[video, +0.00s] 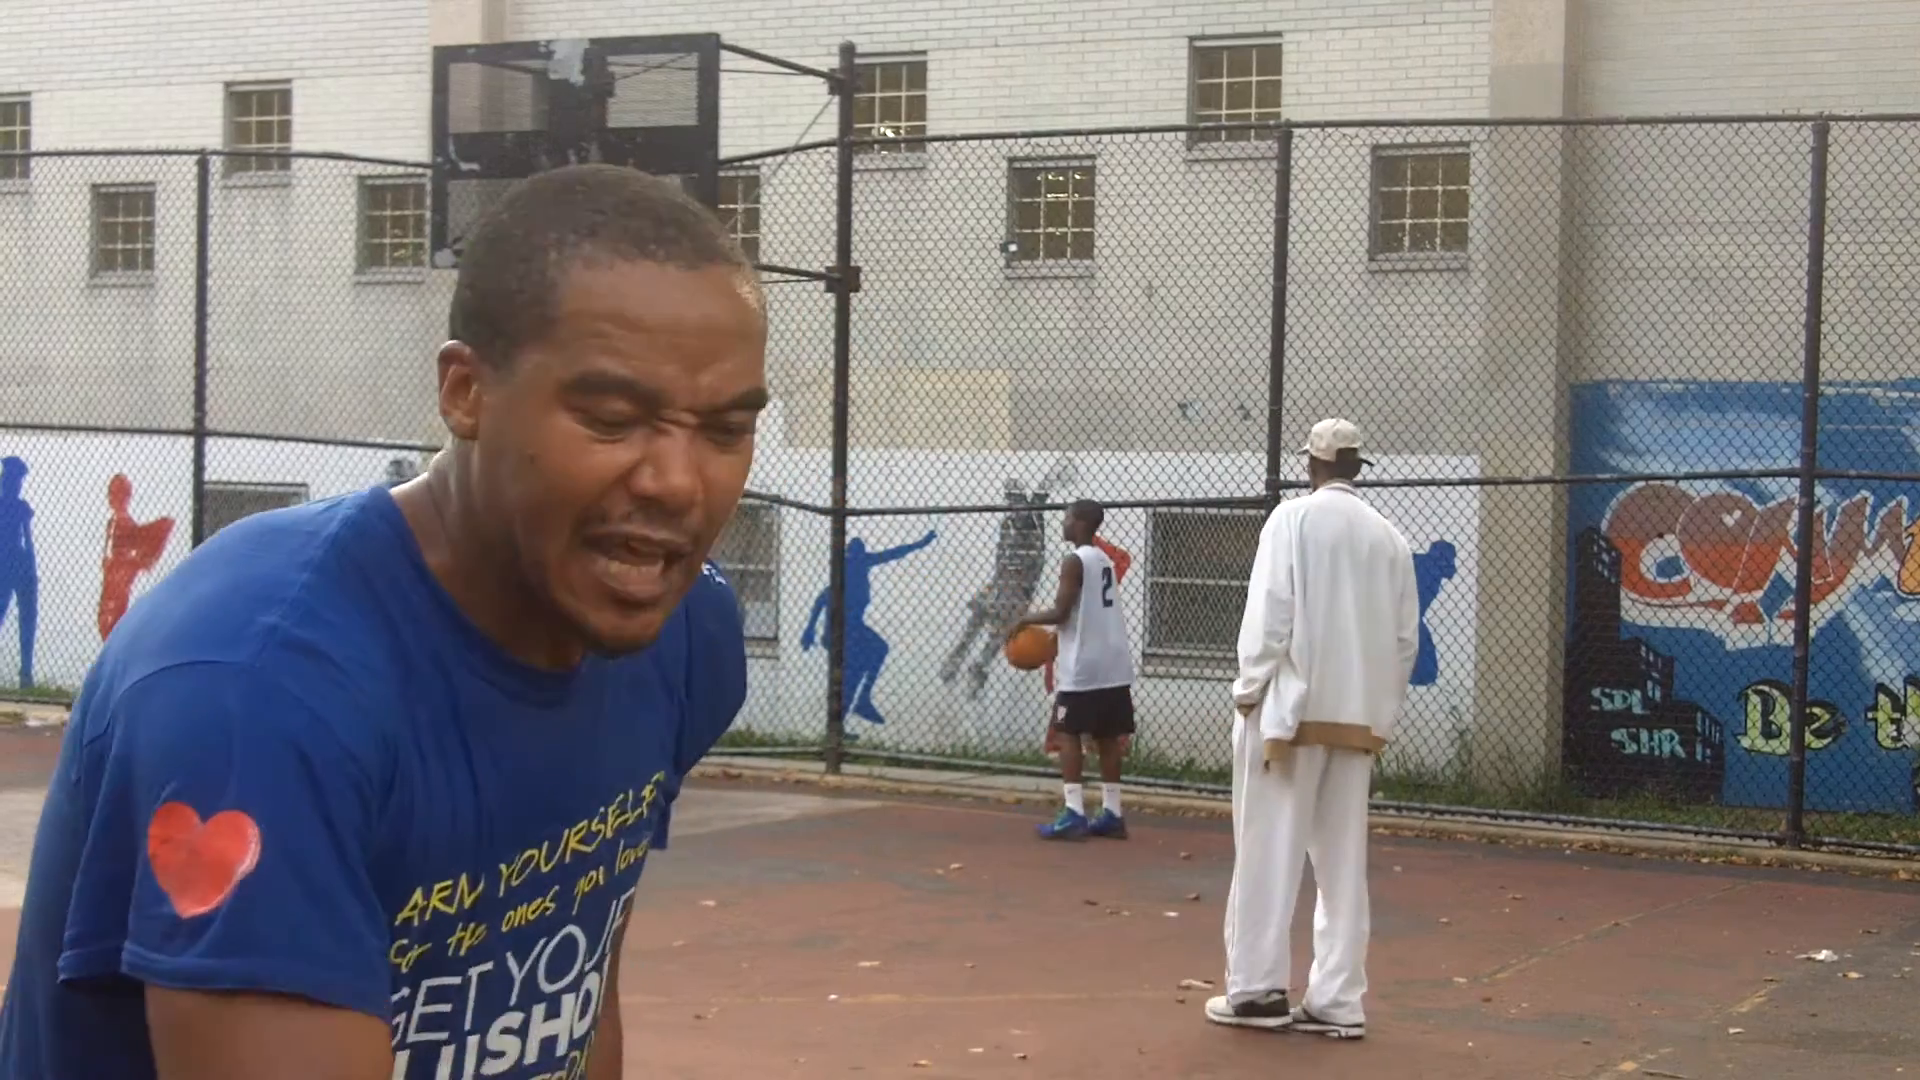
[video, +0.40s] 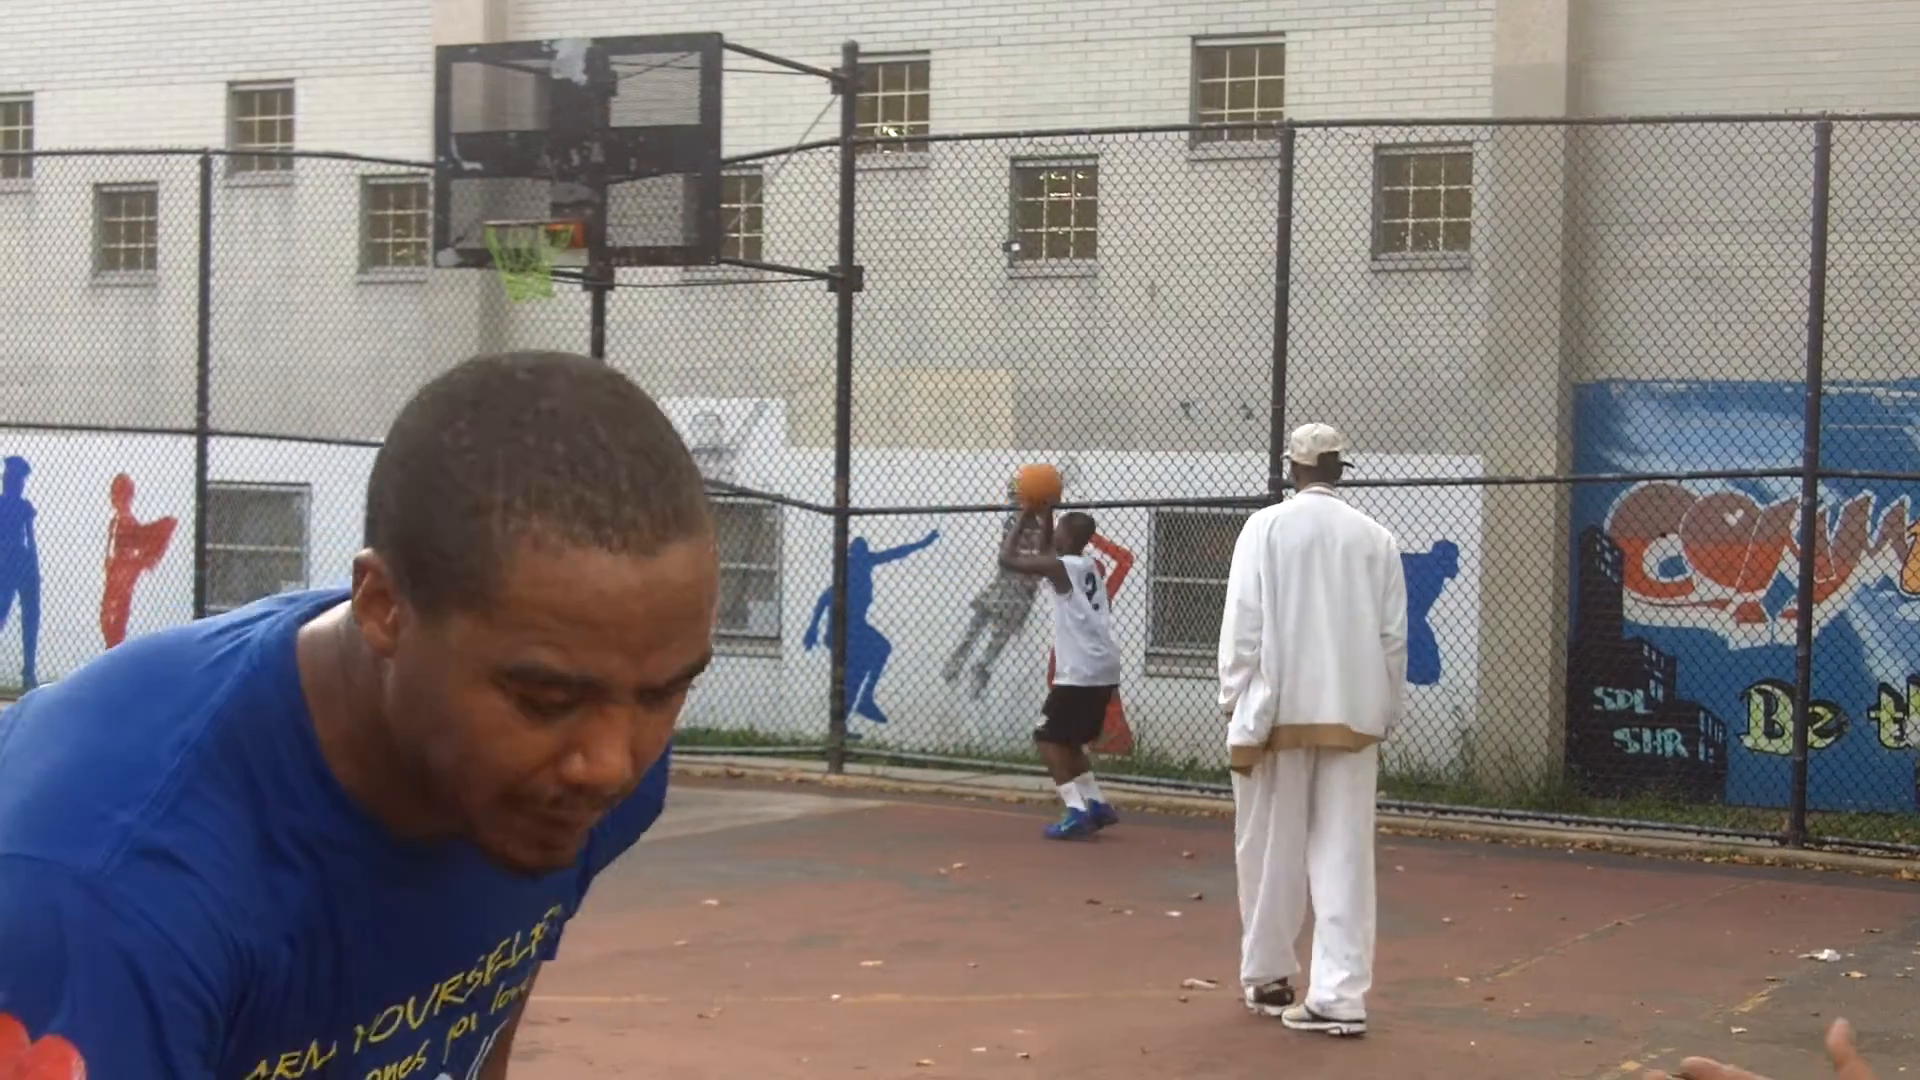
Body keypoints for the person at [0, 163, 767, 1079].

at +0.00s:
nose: (677, 486)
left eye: (727, 425)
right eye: (612, 415)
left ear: (755, 427)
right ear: (467, 393)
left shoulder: (685, 632)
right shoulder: (246, 698)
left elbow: (572, 989)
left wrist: (597, 1065)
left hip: (534, 1053)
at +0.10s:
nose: (652, 552)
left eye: (709, 484)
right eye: (593, 471)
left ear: (744, 470)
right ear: (450, 431)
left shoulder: (670, 650)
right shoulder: (210, 736)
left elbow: (544, 983)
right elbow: (162, 1050)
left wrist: (579, 1070)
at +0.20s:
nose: (629, 652)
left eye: (687, 583)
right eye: (567, 571)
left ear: (725, 550)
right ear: (428, 498)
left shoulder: (664, 684)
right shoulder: (163, 796)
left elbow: (538, 989)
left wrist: (548, 1064)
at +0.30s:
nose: (611, 722)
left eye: (670, 653)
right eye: (549, 645)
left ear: (706, 611)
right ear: (402, 557)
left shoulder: (646, 716)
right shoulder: (131, 862)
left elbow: (514, 1006)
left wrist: (515, 1072)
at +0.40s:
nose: (613, 768)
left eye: (664, 694)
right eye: (545, 697)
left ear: (696, 642)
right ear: (382, 607)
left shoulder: (611, 756)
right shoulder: (105, 899)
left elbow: (478, 1013)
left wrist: (479, 1069)